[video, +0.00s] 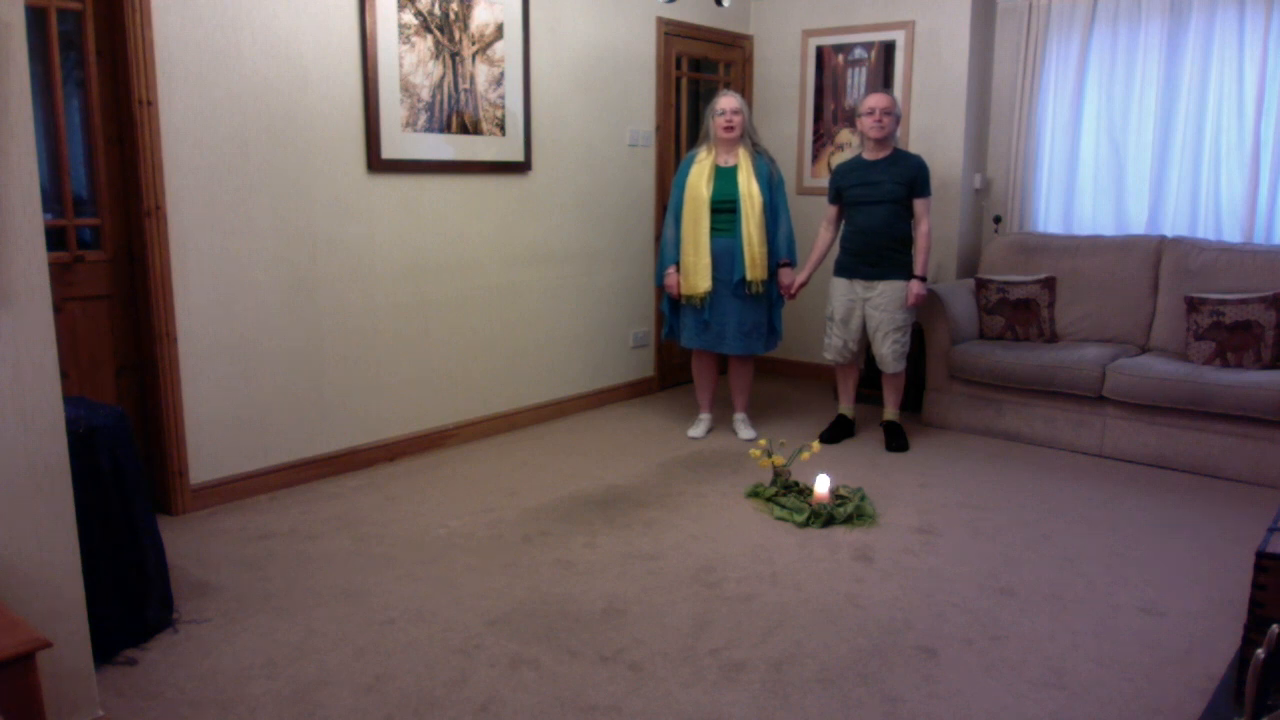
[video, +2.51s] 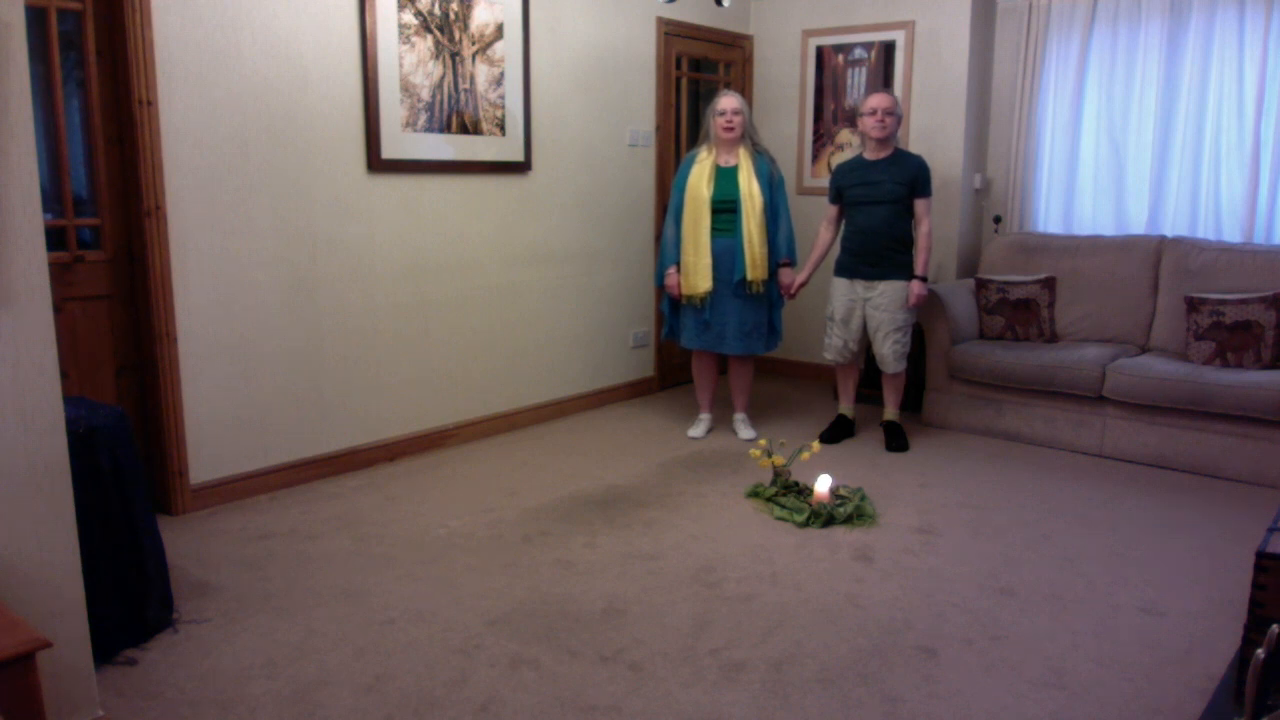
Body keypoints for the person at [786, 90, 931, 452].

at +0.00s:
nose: (878, 119)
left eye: (886, 113)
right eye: (871, 113)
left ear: (897, 121)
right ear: (858, 122)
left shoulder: (912, 167)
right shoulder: (843, 172)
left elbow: (922, 224)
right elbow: (829, 227)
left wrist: (919, 276)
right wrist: (805, 273)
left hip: (893, 279)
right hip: (848, 277)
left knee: (891, 354)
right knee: (844, 349)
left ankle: (891, 420)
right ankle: (845, 415)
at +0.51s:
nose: (879, 119)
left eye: (886, 113)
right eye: (871, 114)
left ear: (898, 121)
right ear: (858, 122)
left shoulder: (913, 167)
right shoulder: (843, 172)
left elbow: (922, 224)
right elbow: (829, 227)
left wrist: (919, 276)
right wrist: (805, 273)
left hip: (893, 279)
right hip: (848, 277)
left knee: (892, 354)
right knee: (844, 349)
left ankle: (892, 420)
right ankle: (845, 415)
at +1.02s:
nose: (879, 119)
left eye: (887, 113)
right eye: (871, 114)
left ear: (898, 121)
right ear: (858, 122)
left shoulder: (913, 166)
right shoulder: (843, 172)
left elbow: (923, 224)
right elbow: (829, 227)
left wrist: (920, 276)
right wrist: (805, 273)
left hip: (893, 279)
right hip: (848, 277)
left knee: (891, 354)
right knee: (843, 349)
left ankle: (892, 420)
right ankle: (845, 415)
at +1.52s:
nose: (879, 119)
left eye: (887, 113)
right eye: (872, 114)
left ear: (898, 121)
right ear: (858, 122)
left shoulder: (913, 166)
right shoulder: (843, 172)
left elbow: (923, 225)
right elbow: (829, 227)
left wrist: (920, 276)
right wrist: (805, 273)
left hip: (893, 279)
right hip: (848, 277)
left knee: (892, 354)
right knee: (844, 349)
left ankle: (892, 420)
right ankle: (845, 415)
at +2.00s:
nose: (880, 119)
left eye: (887, 113)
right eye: (872, 114)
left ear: (898, 121)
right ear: (858, 122)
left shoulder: (913, 167)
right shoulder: (843, 172)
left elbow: (923, 225)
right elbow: (829, 227)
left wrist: (920, 276)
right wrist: (805, 273)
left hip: (893, 279)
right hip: (848, 277)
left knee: (892, 355)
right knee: (843, 349)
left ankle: (892, 420)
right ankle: (845, 415)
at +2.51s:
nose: (880, 119)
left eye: (888, 113)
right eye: (872, 113)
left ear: (899, 121)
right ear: (859, 122)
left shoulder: (913, 167)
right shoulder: (843, 172)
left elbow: (923, 225)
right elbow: (829, 226)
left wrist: (920, 276)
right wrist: (805, 273)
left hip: (894, 279)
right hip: (849, 277)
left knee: (892, 355)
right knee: (844, 349)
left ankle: (892, 420)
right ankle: (845, 415)